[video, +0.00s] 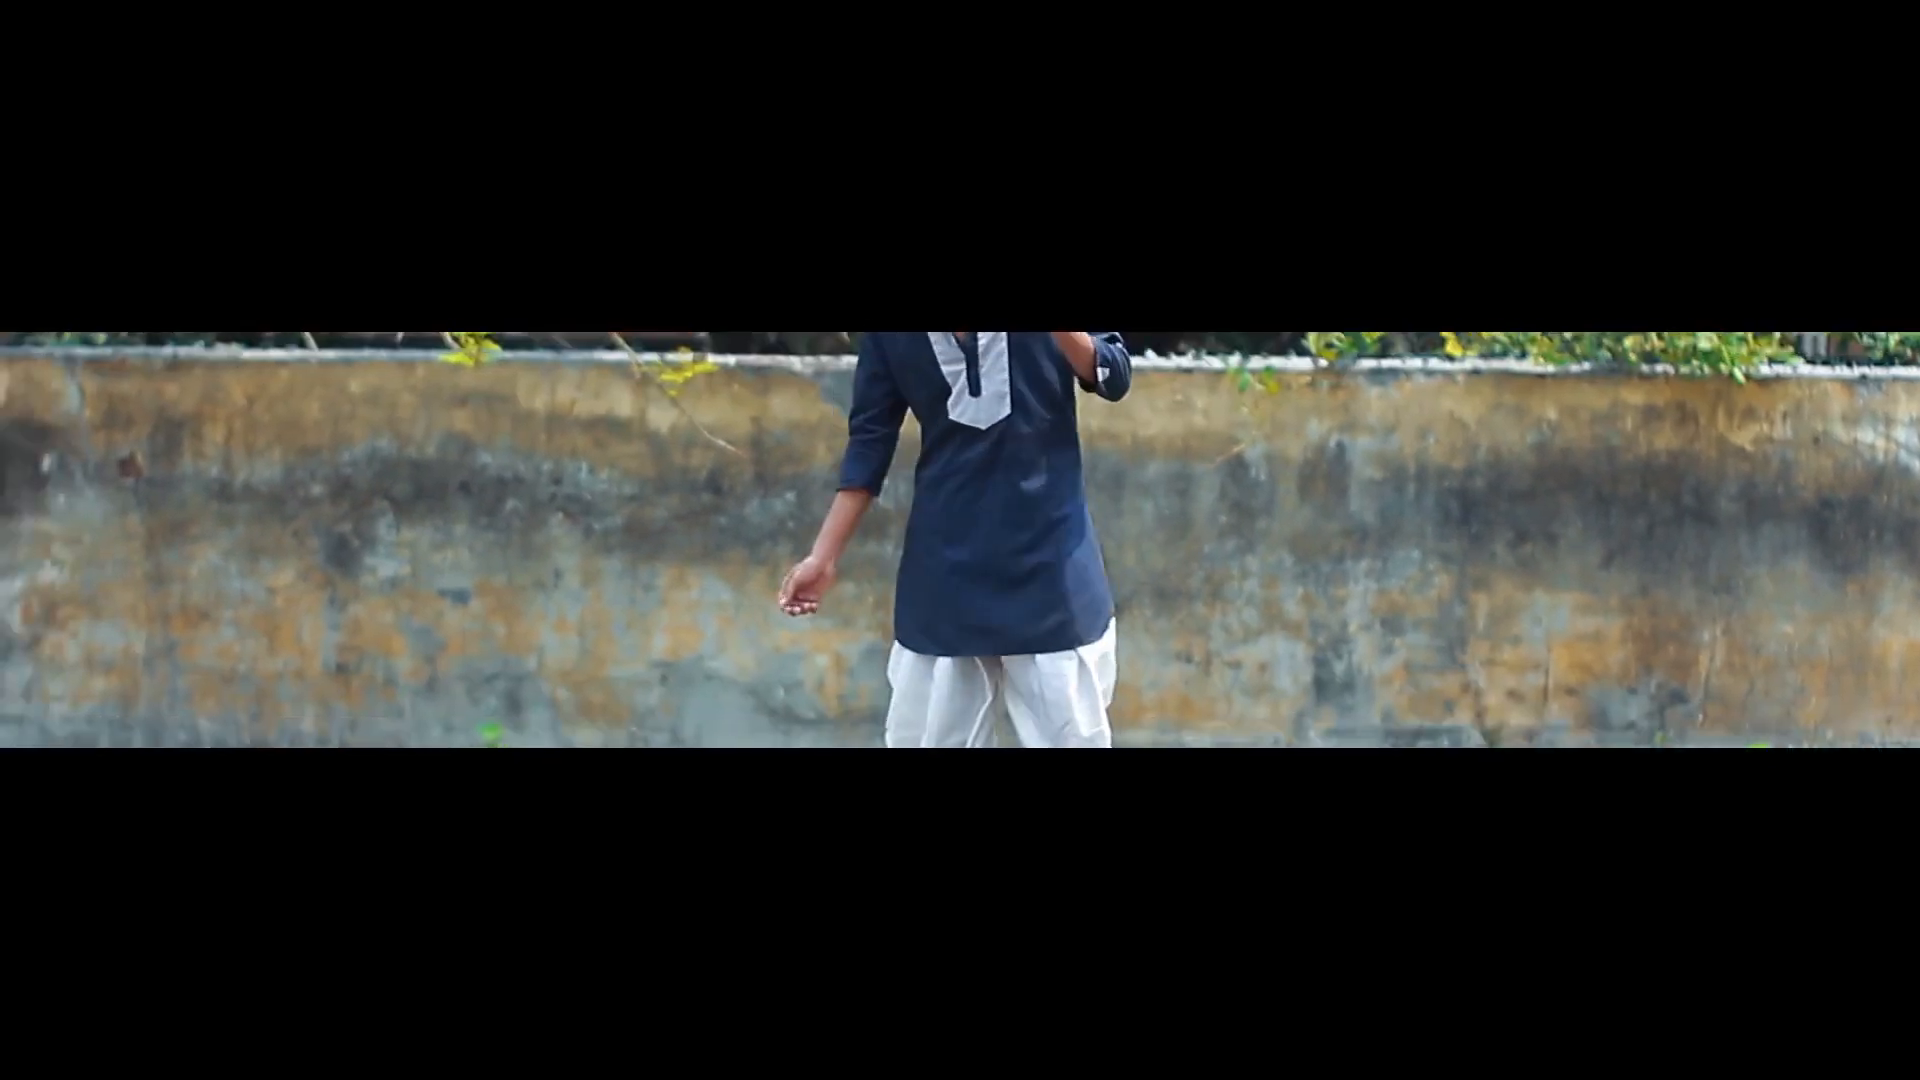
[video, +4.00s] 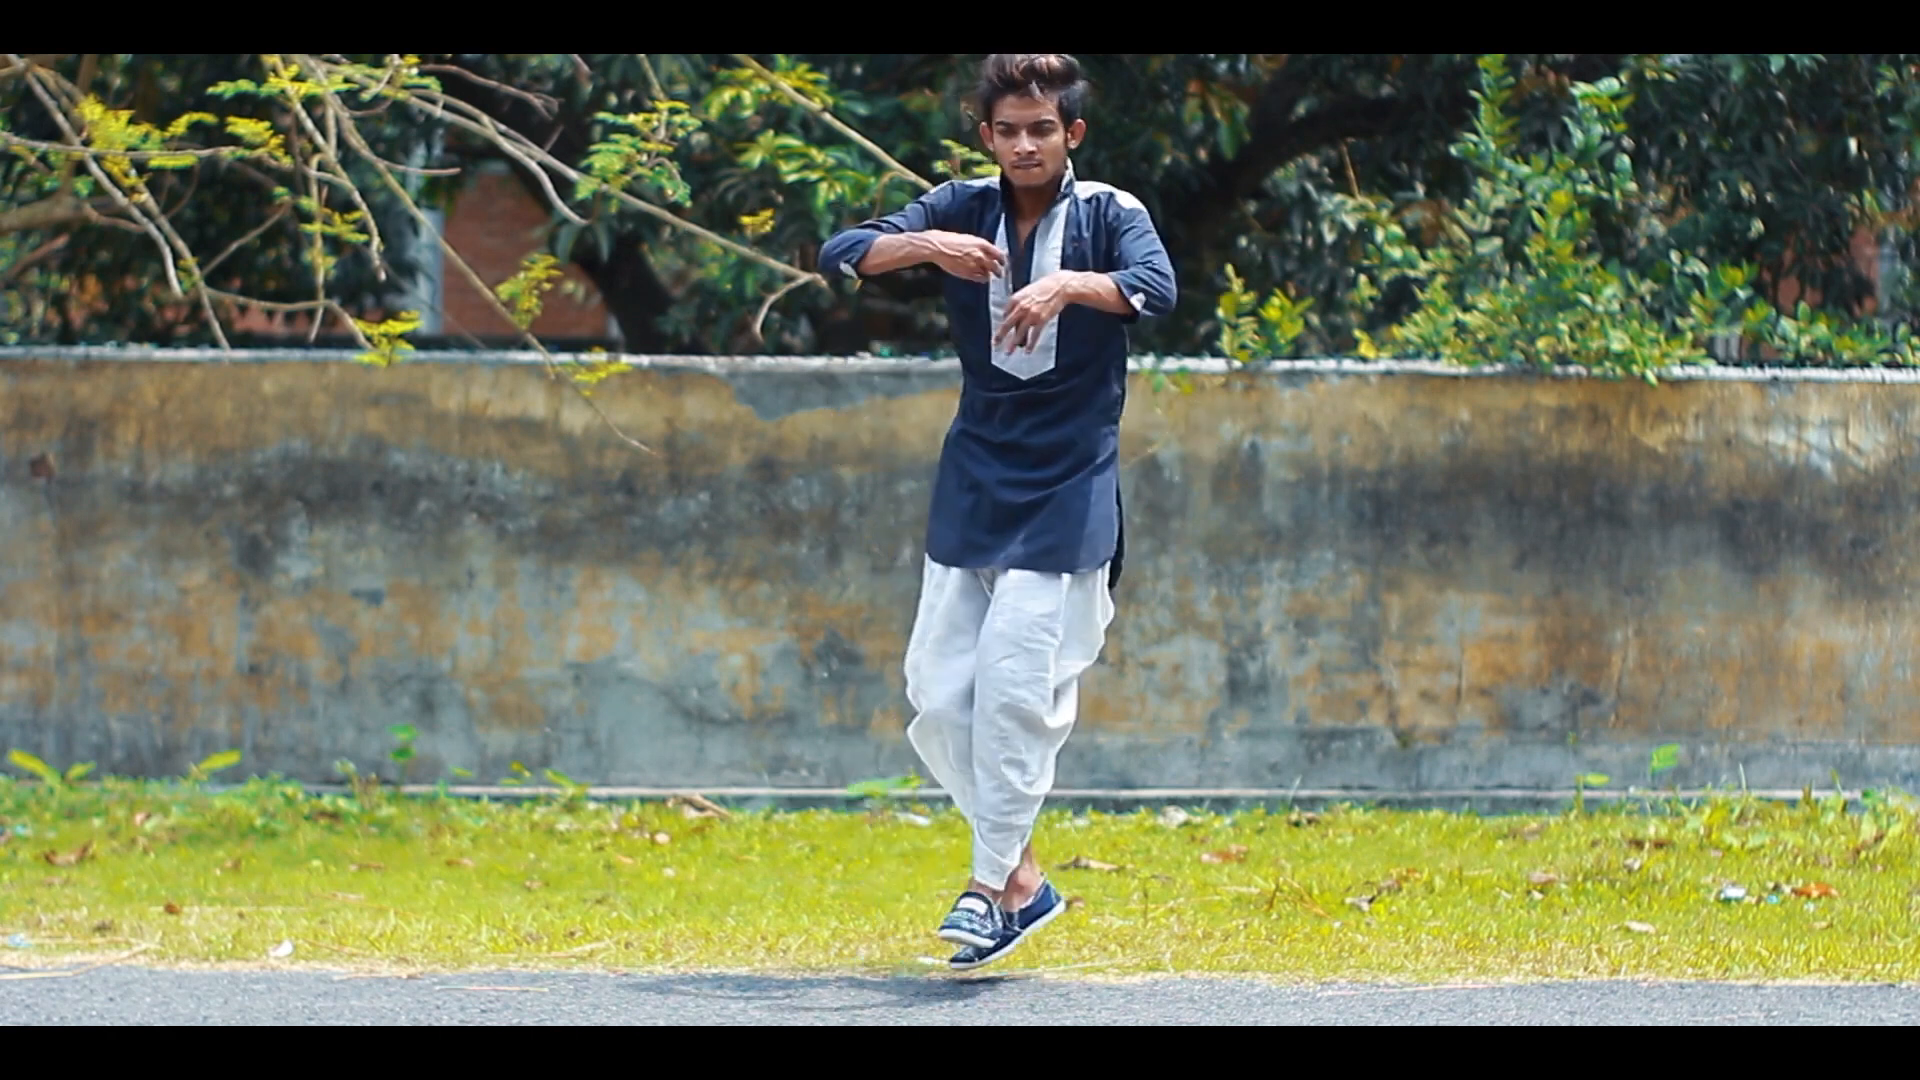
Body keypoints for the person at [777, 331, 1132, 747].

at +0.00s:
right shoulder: (889, 338)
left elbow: (1115, 378)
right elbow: (871, 434)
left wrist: (1060, 328)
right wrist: (823, 555)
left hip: (1050, 567)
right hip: (941, 574)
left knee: (1073, 737)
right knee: (923, 738)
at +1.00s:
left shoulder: (1083, 262)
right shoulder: (909, 259)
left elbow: (1109, 396)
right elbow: (821, 331)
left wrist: (1112, 522)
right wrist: (745, 351)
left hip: (1049, 545)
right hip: (937, 547)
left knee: (1075, 766)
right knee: (927, 767)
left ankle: (1083, 861)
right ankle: (934, 860)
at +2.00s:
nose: (999, 175)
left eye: (1015, 159)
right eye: (983, 159)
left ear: (1039, 169)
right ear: (952, 167)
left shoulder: (1080, 270)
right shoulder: (908, 274)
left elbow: (1110, 409)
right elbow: (879, 418)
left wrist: (1109, 534)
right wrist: (858, 547)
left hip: (1039, 545)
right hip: (923, 543)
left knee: (1051, 749)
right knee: (905, 746)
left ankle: (1061, 938)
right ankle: (900, 938)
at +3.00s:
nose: (987, 176)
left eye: (1005, 161)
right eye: (973, 162)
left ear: (1039, 171)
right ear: (954, 173)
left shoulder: (1089, 275)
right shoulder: (919, 282)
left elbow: (1125, 409)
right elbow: (899, 427)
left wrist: (1142, 535)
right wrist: (881, 553)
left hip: (1049, 547)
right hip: (940, 546)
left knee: (1049, 747)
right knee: (898, 728)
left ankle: (1044, 933)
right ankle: (902, 927)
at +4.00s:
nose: (1023, 145)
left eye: (1040, 129)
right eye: (1008, 130)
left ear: (1073, 132)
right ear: (985, 132)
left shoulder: (1110, 212)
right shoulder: (959, 205)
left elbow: (1155, 289)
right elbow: (837, 253)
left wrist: (1066, 287)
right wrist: (924, 246)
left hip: (1067, 491)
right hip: (973, 485)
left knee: (1017, 690)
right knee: (936, 695)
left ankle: (986, 892)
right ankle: (1022, 884)